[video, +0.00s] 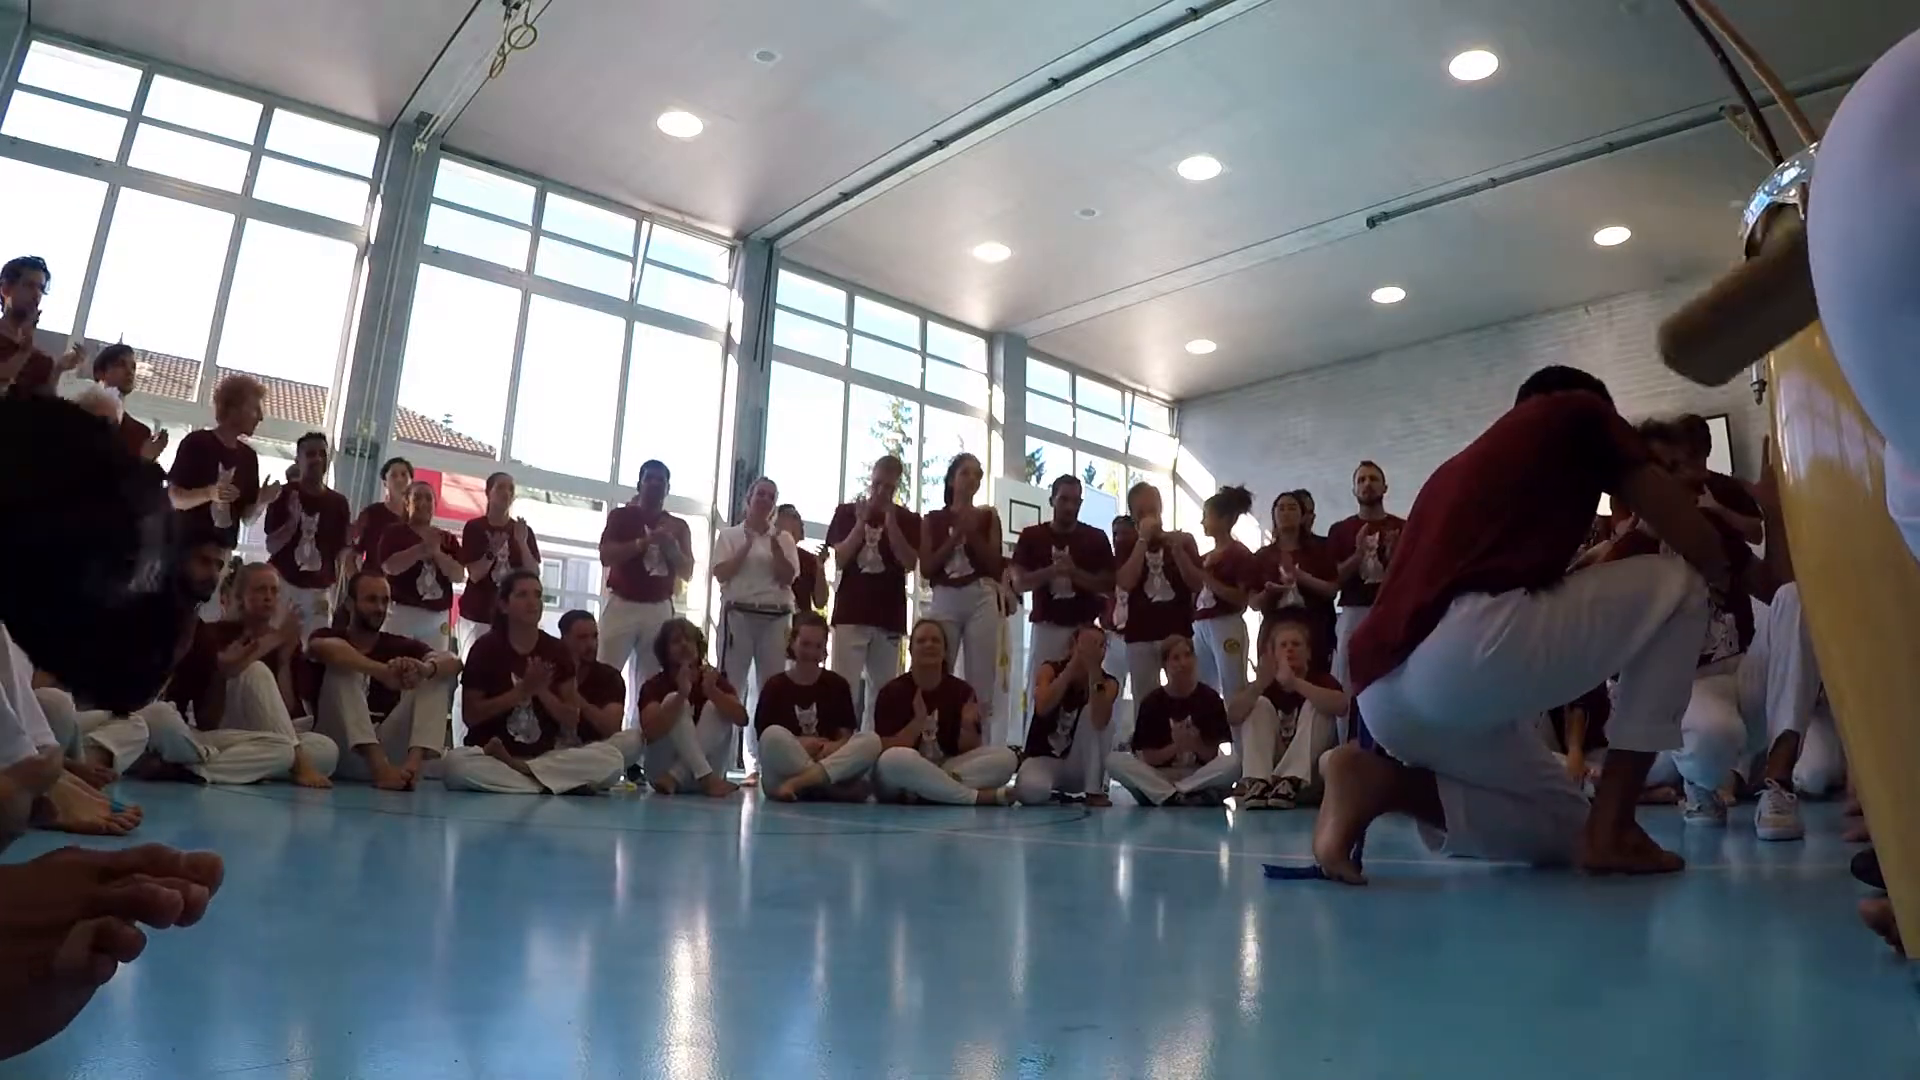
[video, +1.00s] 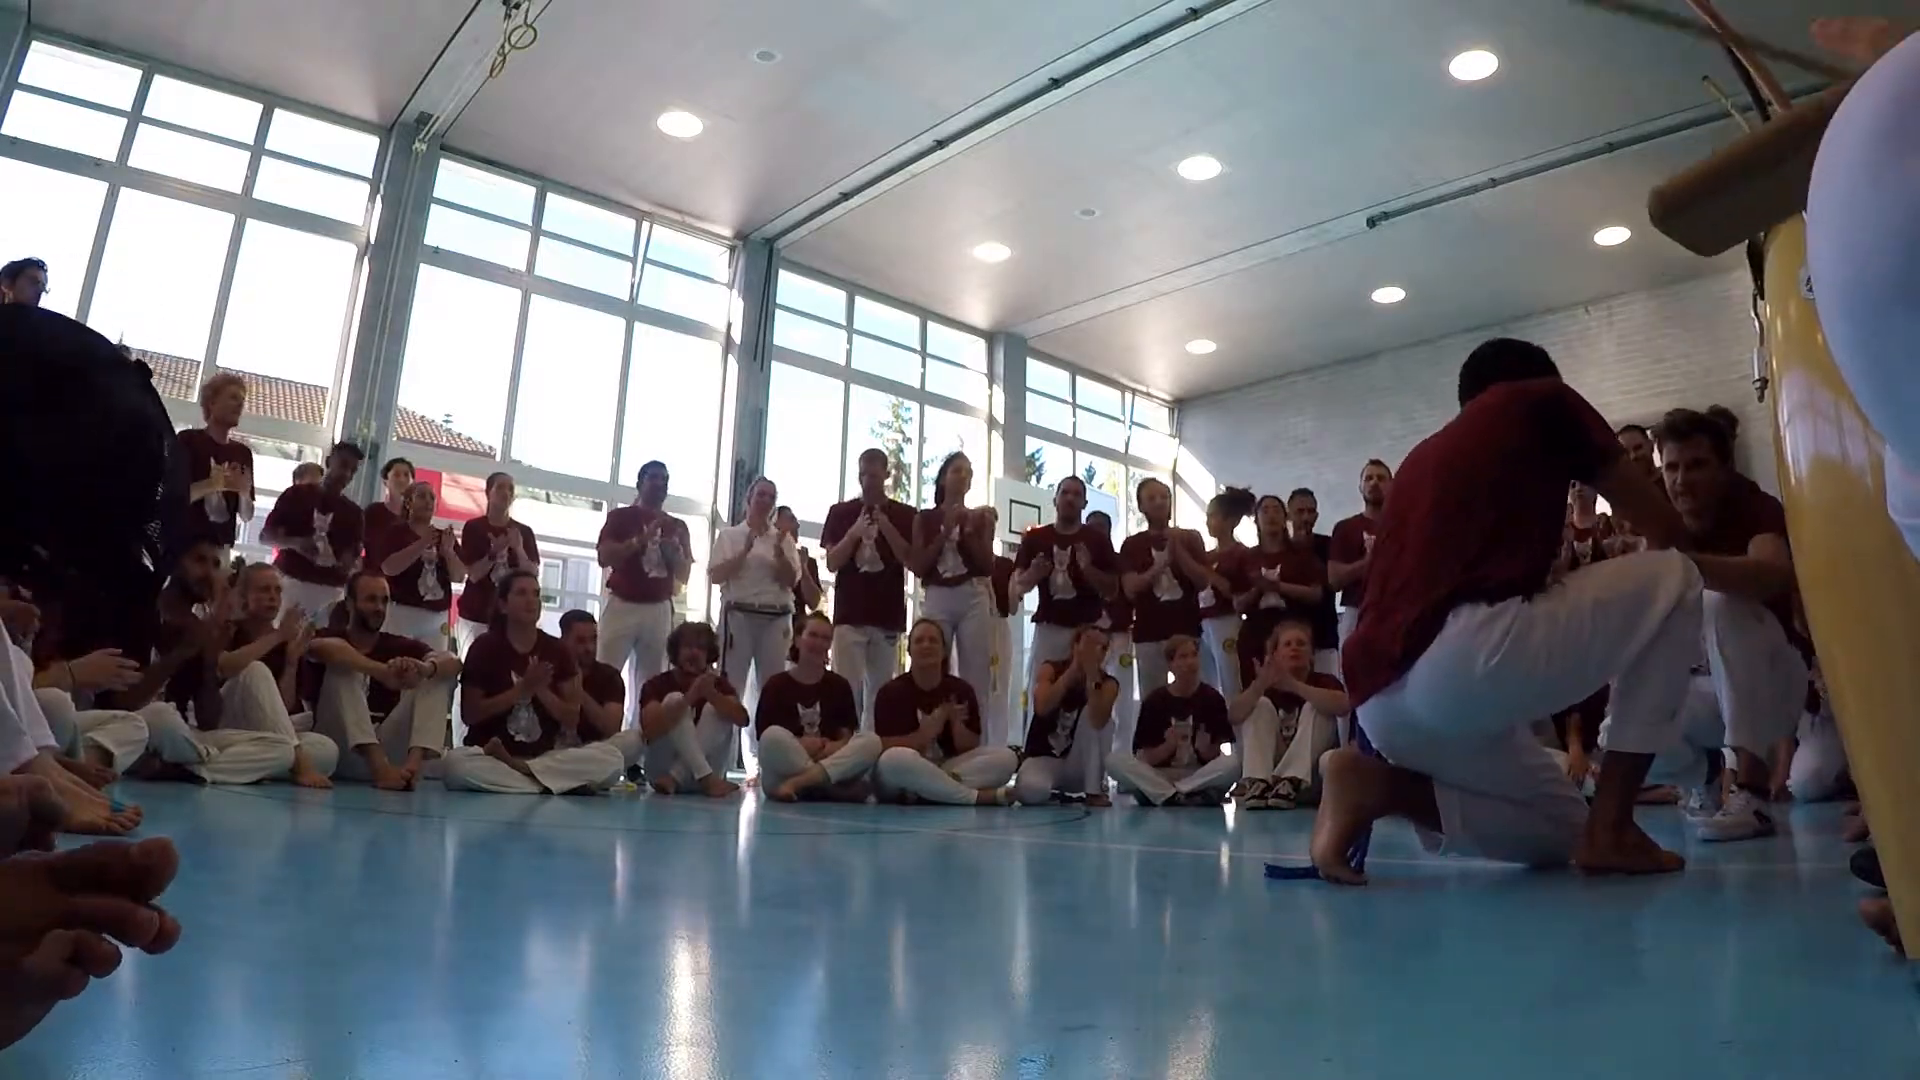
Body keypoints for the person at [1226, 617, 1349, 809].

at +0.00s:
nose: (1289, 650)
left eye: (1296, 644)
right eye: (1283, 645)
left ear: (1309, 652)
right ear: (1270, 652)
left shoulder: (1321, 680)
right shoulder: (1260, 686)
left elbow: (1341, 706)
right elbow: (1233, 716)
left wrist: (1295, 683)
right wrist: (1261, 683)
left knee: (1316, 706)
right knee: (1259, 705)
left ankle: (1289, 780)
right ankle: (1256, 780)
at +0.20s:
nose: (1291, 649)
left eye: (1297, 644)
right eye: (1283, 645)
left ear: (1309, 652)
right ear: (1270, 651)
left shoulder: (1321, 681)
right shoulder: (1258, 688)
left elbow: (1342, 706)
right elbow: (1233, 717)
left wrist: (1293, 684)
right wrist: (1263, 682)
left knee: (1317, 706)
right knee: (1260, 705)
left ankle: (1289, 781)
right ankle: (1256, 780)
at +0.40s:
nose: (1291, 649)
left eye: (1298, 644)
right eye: (1284, 645)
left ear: (1309, 651)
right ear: (1272, 653)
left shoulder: (1323, 681)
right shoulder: (1262, 687)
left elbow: (1343, 706)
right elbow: (1234, 717)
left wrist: (1295, 684)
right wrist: (1260, 683)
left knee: (1317, 706)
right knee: (1260, 705)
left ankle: (1289, 781)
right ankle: (1256, 780)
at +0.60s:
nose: (1293, 650)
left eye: (1299, 644)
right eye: (1286, 645)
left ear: (1311, 652)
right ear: (1272, 653)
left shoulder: (1323, 681)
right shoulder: (1262, 685)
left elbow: (1342, 707)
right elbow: (1233, 717)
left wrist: (1295, 684)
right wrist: (1260, 683)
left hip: (1312, 769)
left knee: (1315, 706)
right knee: (1261, 705)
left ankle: (1289, 780)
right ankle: (1256, 780)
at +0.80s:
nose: (1294, 648)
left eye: (1301, 644)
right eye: (1287, 644)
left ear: (1311, 654)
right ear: (1273, 655)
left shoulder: (1324, 681)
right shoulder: (1261, 685)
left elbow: (1341, 707)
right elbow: (1234, 716)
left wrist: (1293, 685)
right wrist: (1262, 682)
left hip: (1313, 768)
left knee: (1315, 707)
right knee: (1260, 705)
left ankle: (1289, 781)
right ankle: (1256, 780)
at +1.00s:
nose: (1294, 649)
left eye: (1301, 644)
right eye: (1287, 644)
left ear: (1311, 655)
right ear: (1273, 655)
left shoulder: (1324, 681)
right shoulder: (1260, 685)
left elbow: (1343, 706)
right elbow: (1234, 717)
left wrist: (1292, 684)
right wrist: (1261, 683)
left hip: (1313, 770)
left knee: (1316, 707)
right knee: (1260, 705)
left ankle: (1290, 781)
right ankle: (1256, 780)